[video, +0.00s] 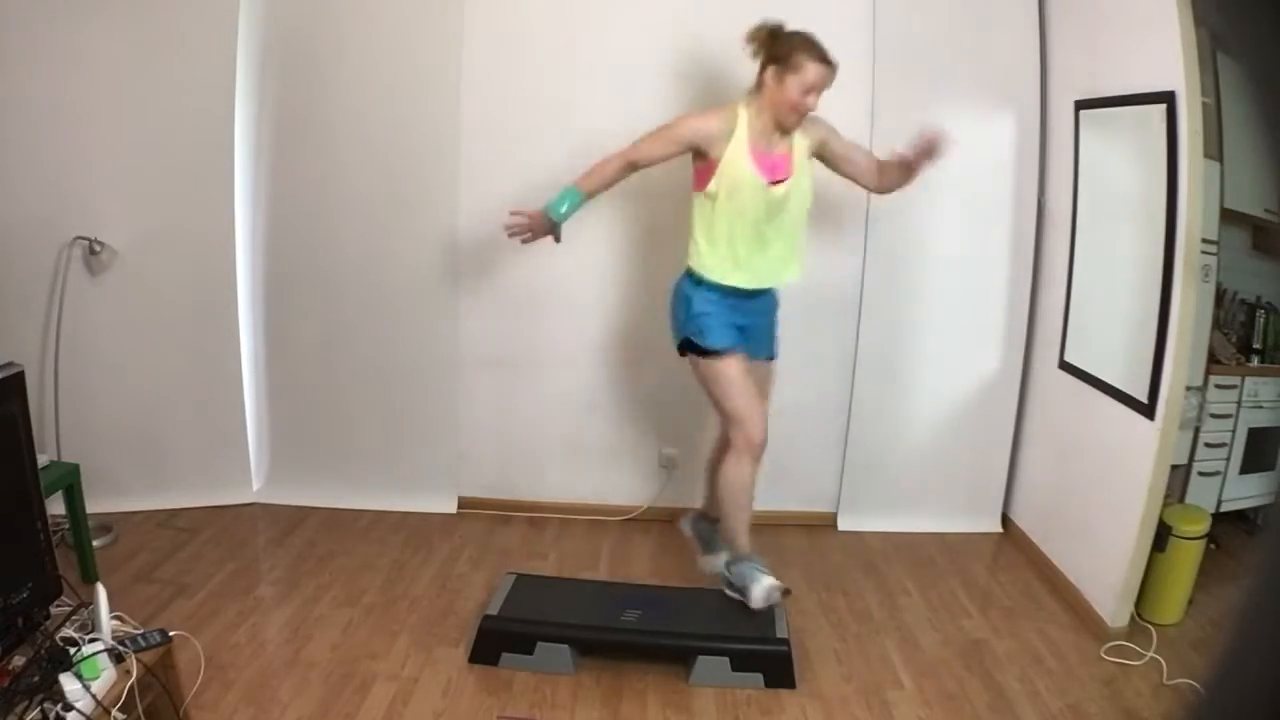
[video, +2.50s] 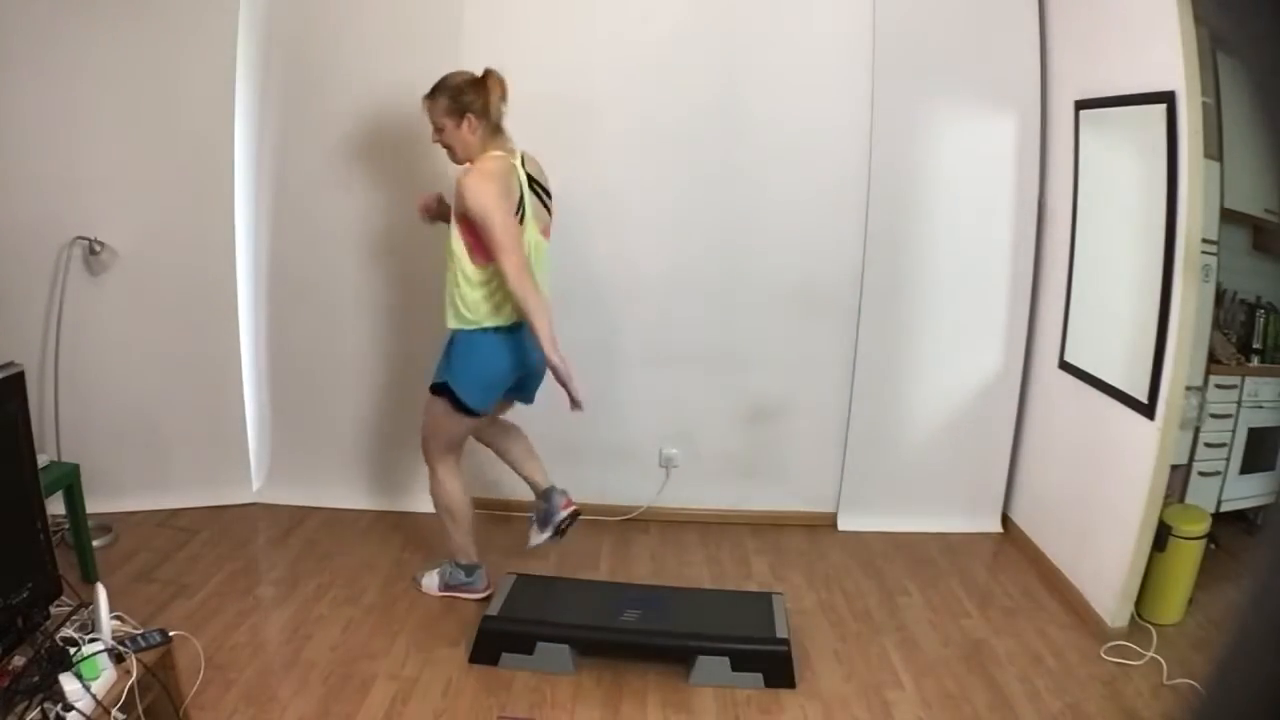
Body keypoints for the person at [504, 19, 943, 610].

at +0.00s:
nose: (814, 103)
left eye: (820, 92)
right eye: (807, 88)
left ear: (818, 93)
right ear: (771, 77)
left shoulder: (810, 136)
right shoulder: (715, 128)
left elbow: (878, 178)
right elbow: (627, 160)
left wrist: (912, 164)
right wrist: (557, 213)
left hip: (760, 301)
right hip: (707, 298)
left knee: (743, 431)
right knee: (749, 432)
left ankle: (710, 522)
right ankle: (740, 559)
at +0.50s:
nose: (914, 141)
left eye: (917, 128)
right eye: (910, 125)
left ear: (876, 118)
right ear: (876, 112)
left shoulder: (857, 178)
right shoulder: (827, 169)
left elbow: (785, 256)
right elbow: (810, 262)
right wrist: (915, 280)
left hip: (861, 371)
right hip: (809, 373)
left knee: (885, 524)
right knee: (843, 541)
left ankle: (853, 657)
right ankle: (758, 564)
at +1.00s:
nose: (804, 129)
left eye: (804, 120)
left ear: (806, 123)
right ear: (870, 119)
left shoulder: (776, 196)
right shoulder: (915, 193)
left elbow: (716, 304)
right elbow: (967, 307)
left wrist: (698, 405)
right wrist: (921, 249)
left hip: (771, 432)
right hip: (849, 449)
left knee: (821, 572)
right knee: (840, 638)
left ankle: (842, 679)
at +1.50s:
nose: (591, 153)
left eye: (590, 144)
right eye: (591, 145)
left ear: (600, 142)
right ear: (662, 141)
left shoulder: (579, 219)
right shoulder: (721, 213)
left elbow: (533, 345)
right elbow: (786, 311)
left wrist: (574, 323)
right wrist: (834, 410)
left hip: (639, 451)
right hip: (726, 446)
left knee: (587, 593)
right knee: (715, 585)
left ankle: (605, 714)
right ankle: (784, 706)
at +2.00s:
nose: (501, 81)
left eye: (503, 68)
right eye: (500, 69)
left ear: (525, 59)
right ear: (553, 59)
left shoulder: (515, 114)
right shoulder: (609, 119)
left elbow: (431, 205)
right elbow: (667, 207)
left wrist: (377, 270)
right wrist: (669, 295)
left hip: (541, 319)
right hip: (606, 318)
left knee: (480, 448)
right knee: (550, 444)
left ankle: (459, 594)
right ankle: (553, 587)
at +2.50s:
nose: (436, 141)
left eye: (439, 129)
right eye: (433, 130)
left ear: (469, 124)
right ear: (477, 123)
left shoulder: (477, 181)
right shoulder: (520, 165)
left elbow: (516, 269)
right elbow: (511, 225)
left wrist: (551, 353)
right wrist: (451, 213)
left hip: (480, 346)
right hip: (518, 339)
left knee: (439, 447)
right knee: (483, 420)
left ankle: (466, 567)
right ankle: (550, 498)